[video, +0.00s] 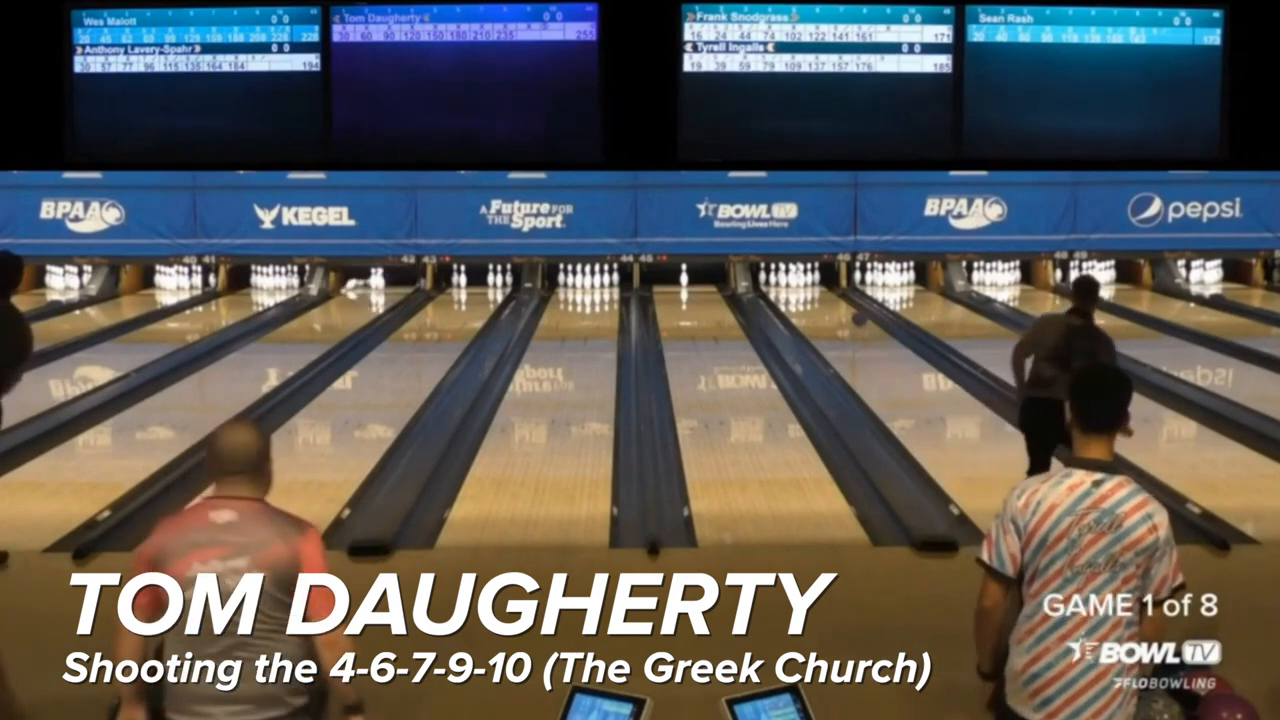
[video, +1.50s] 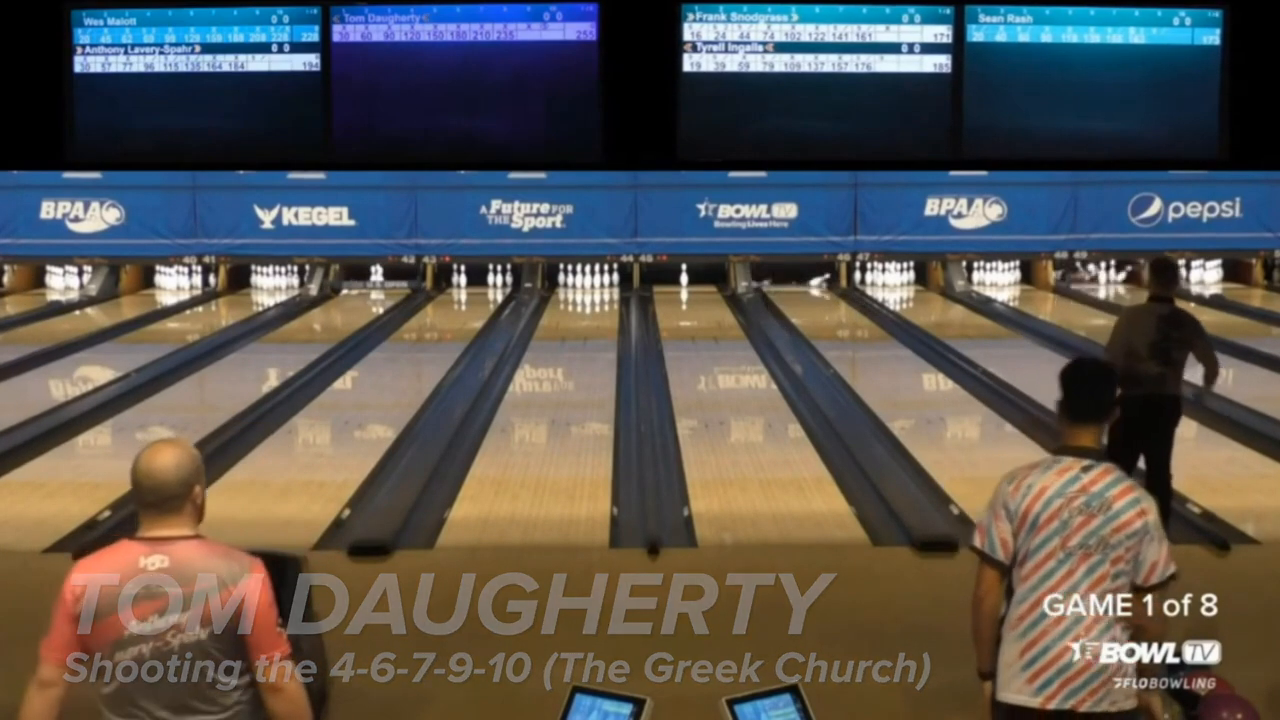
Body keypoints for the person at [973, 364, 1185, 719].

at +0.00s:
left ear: (1069, 416)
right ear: (1125, 423)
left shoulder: (1029, 497)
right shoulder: (1151, 514)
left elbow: (992, 601)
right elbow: (1153, 616)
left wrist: (988, 669)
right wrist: (1137, 675)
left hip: (1032, 687)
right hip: (1108, 694)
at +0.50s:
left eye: (1026, 407)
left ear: (1028, 414)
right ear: (1082, 416)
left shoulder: (999, 501)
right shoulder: (1117, 502)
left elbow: (971, 607)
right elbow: (1129, 595)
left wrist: (971, 682)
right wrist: (1129, 656)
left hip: (1023, 687)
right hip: (1094, 686)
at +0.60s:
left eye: (1016, 408)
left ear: (1018, 415)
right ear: (1071, 415)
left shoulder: (993, 502)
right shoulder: (1109, 500)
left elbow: (968, 606)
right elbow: (1123, 580)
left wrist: (969, 685)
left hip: (1023, 682)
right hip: (1093, 681)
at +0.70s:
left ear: (1014, 414)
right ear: (1066, 412)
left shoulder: (989, 503)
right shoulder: (1104, 498)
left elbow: (966, 612)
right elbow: (1122, 578)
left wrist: (970, 689)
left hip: (1023, 679)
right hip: (1093, 678)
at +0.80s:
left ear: (1010, 414)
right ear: (1063, 412)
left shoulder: (986, 503)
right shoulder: (1101, 497)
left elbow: (964, 611)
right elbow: (1120, 581)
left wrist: (968, 689)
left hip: (1021, 682)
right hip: (1091, 679)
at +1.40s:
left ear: (1042, 407)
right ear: (1098, 413)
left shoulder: (1003, 489)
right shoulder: (1124, 503)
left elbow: (975, 591)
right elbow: (1139, 606)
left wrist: (976, 675)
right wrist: (1141, 684)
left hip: (1016, 690)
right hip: (1095, 693)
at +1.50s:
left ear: (1060, 409)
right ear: (1114, 415)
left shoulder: (1018, 486)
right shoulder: (1137, 503)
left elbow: (987, 593)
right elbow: (1148, 610)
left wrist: (987, 673)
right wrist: (1147, 682)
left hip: (1024, 688)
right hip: (1104, 693)